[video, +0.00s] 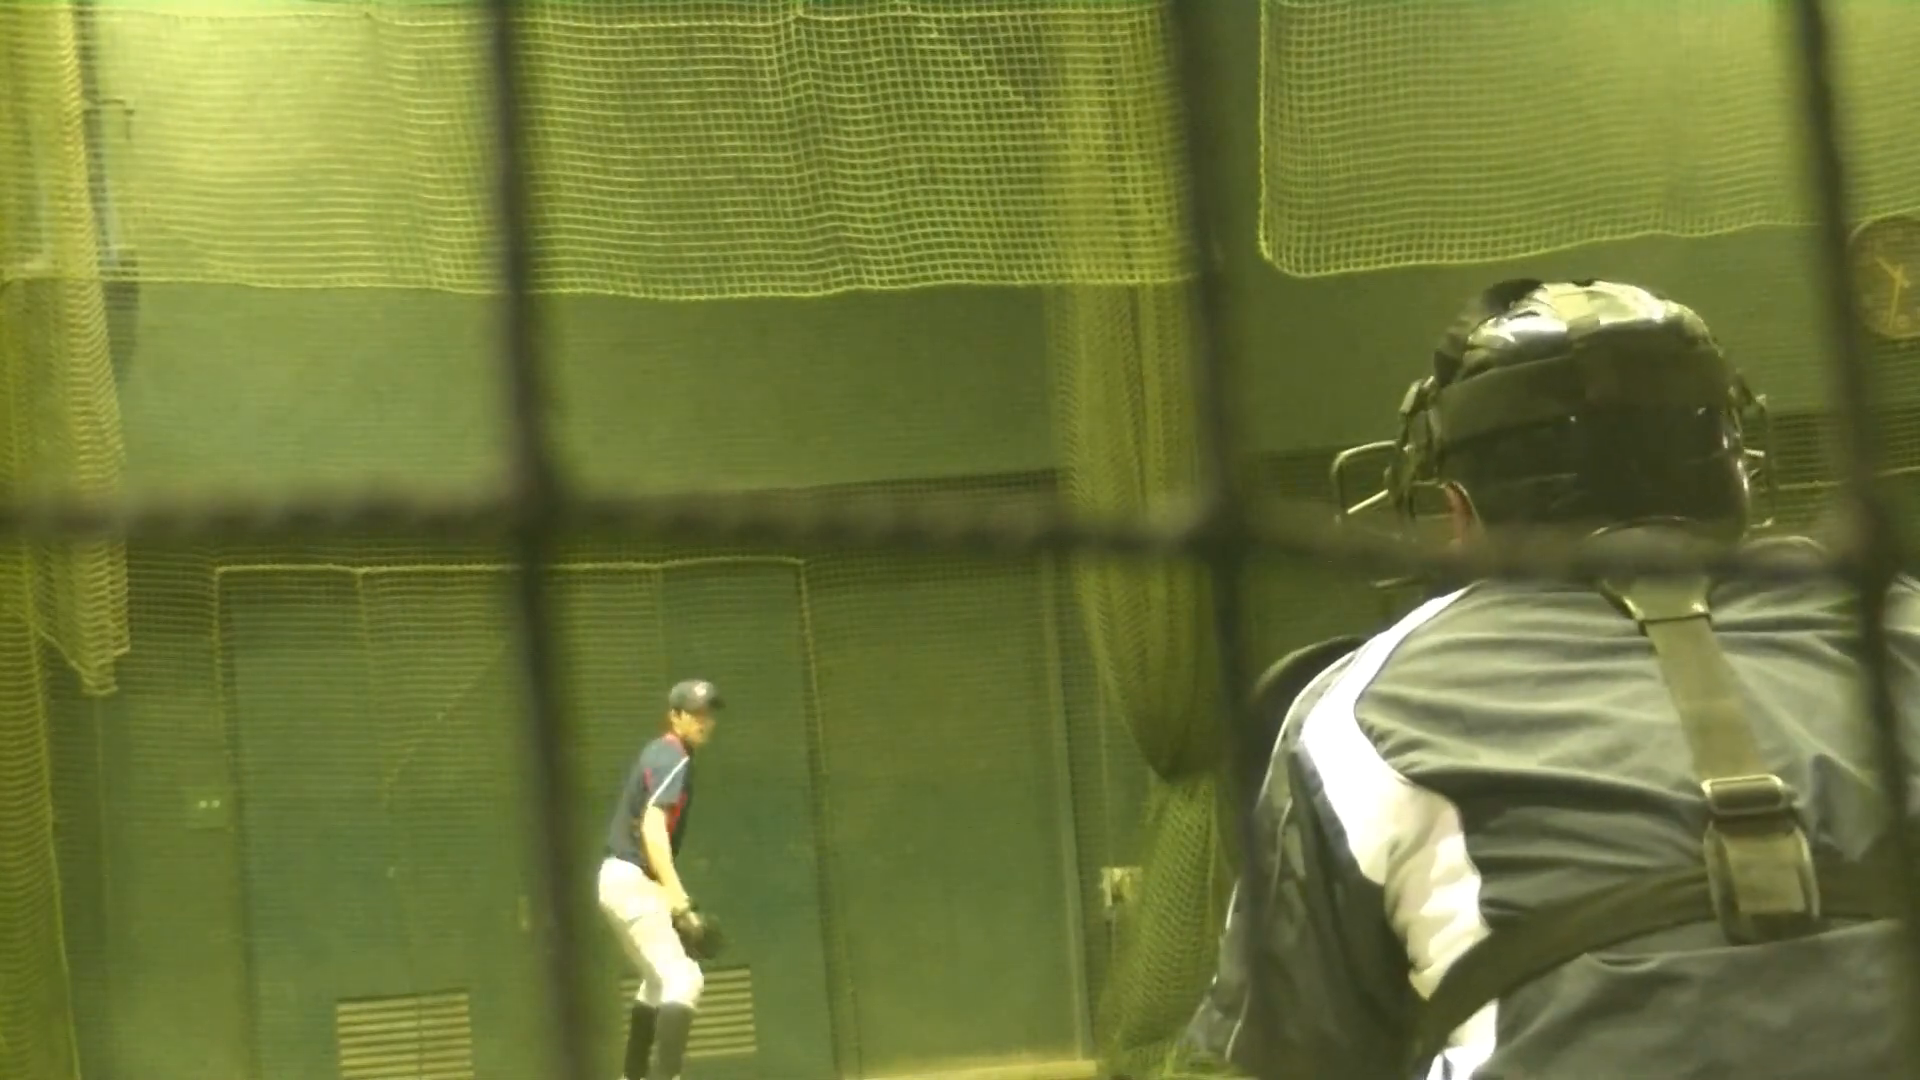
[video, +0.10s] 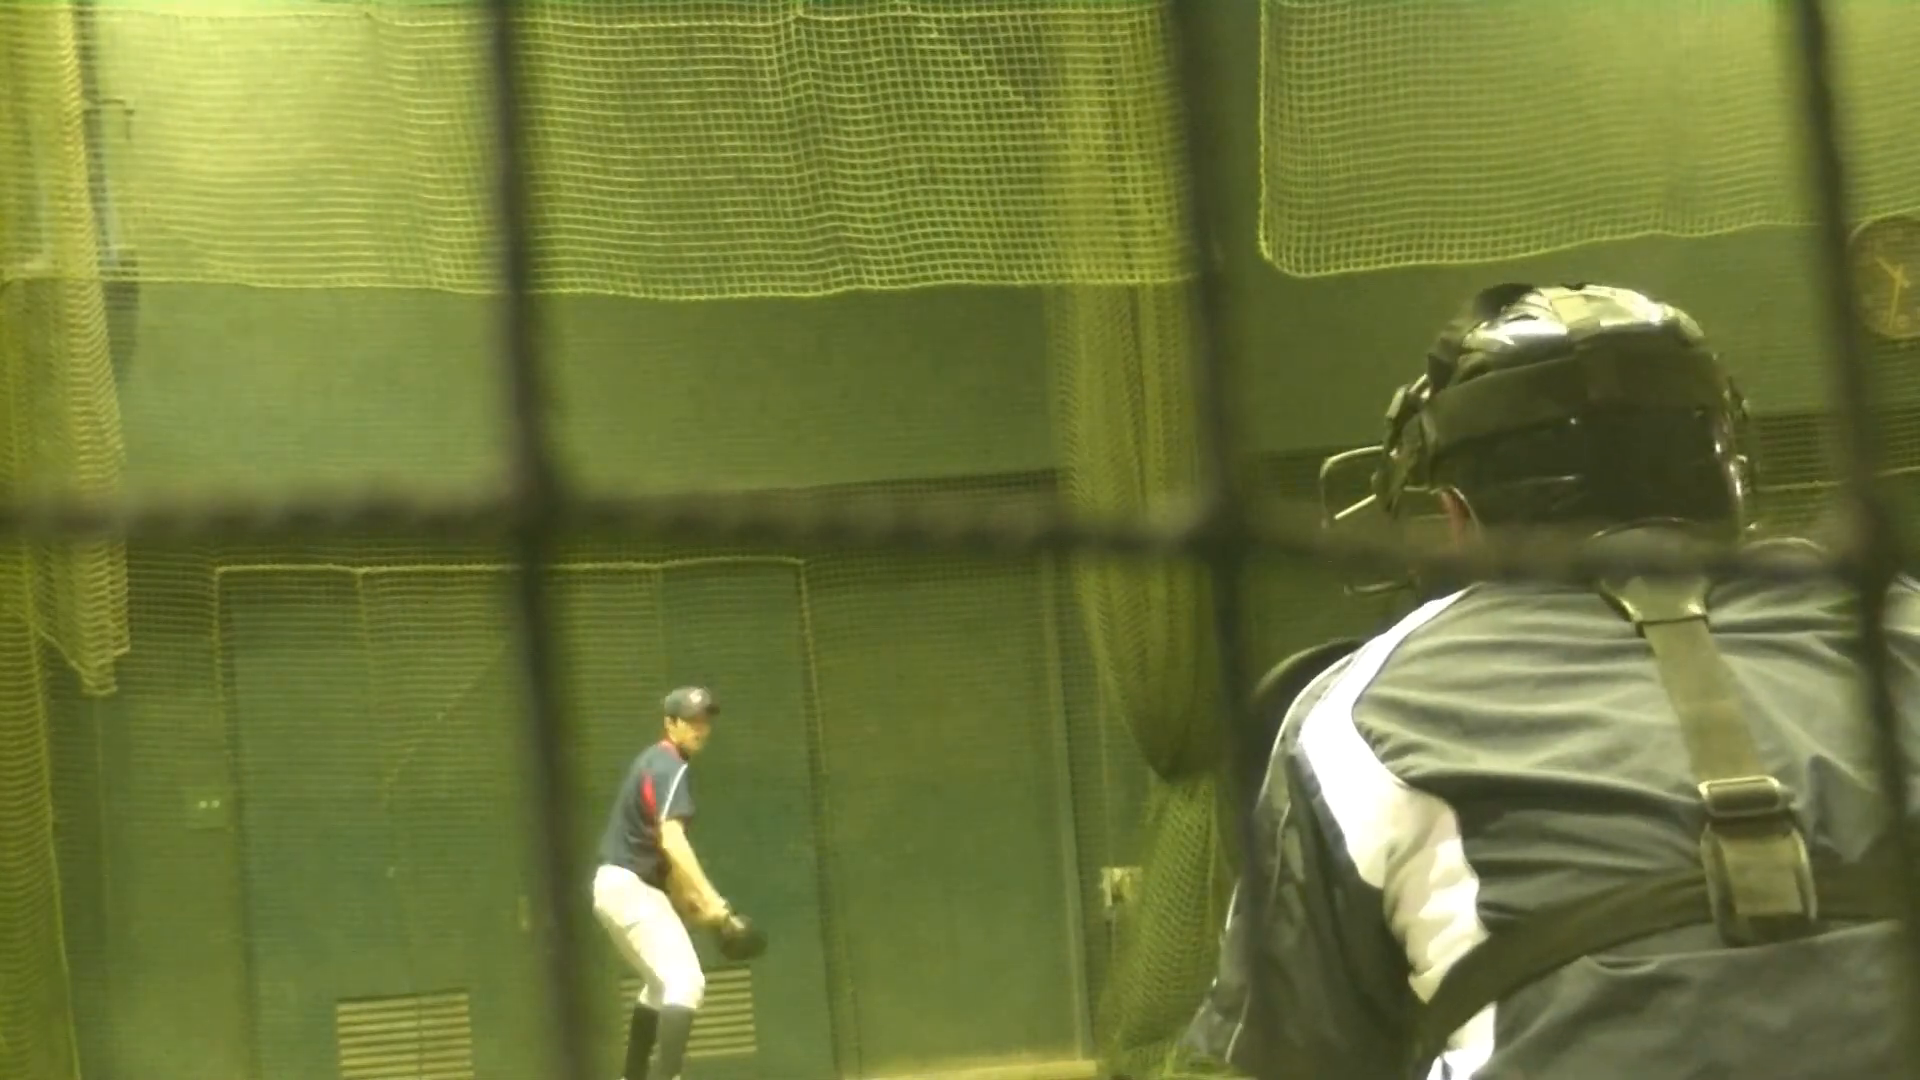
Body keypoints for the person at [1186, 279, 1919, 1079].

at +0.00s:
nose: (1415, 544)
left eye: (1420, 518)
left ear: (1461, 523)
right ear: (1735, 487)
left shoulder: (1347, 713)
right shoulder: (1891, 622)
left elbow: (1294, 1049)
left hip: (1588, 1022)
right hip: (1884, 1016)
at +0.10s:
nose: (1410, 547)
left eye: (1415, 521)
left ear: (1458, 526)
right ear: (1727, 488)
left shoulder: (1344, 718)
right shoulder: (1891, 620)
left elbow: (1297, 1053)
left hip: (1586, 1024)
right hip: (1886, 1016)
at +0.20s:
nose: (1406, 553)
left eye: (1411, 527)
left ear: (1454, 528)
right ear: (1723, 487)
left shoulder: (1342, 718)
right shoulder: (1895, 618)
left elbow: (1297, 1054)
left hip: (1589, 1021)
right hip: (1894, 1014)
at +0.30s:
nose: (1406, 555)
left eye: (1410, 529)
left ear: (1451, 529)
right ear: (1718, 488)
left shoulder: (1340, 719)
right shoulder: (1894, 618)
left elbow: (1294, 1051)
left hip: (1590, 1019)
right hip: (1893, 1012)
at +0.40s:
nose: (1404, 556)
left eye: (1408, 530)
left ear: (1449, 531)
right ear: (1715, 488)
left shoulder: (1338, 720)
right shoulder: (1886, 615)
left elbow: (1294, 1052)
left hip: (1584, 1025)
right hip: (1886, 1012)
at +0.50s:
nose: (1402, 557)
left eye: (1408, 529)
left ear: (1450, 532)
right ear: (1715, 489)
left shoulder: (1342, 723)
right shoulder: (1887, 616)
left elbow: (1296, 1053)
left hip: (1585, 1024)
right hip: (1889, 1010)